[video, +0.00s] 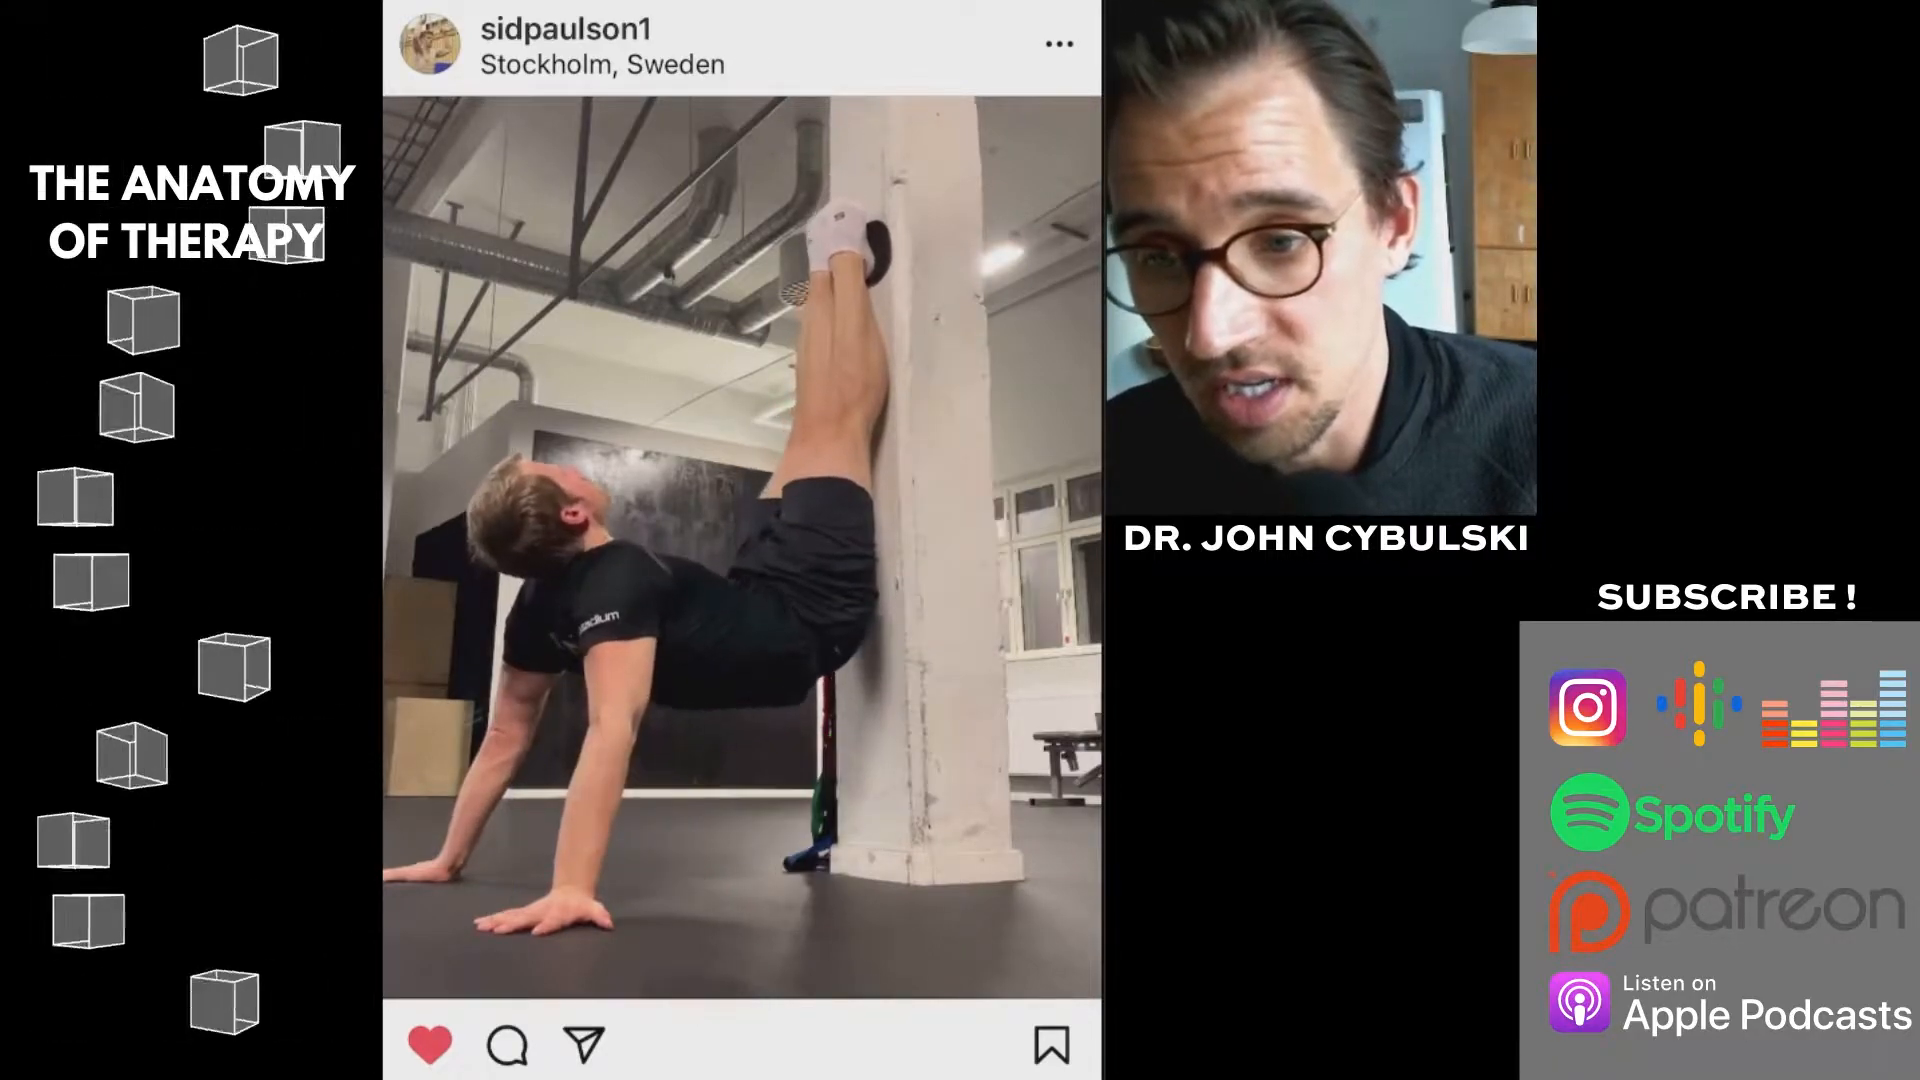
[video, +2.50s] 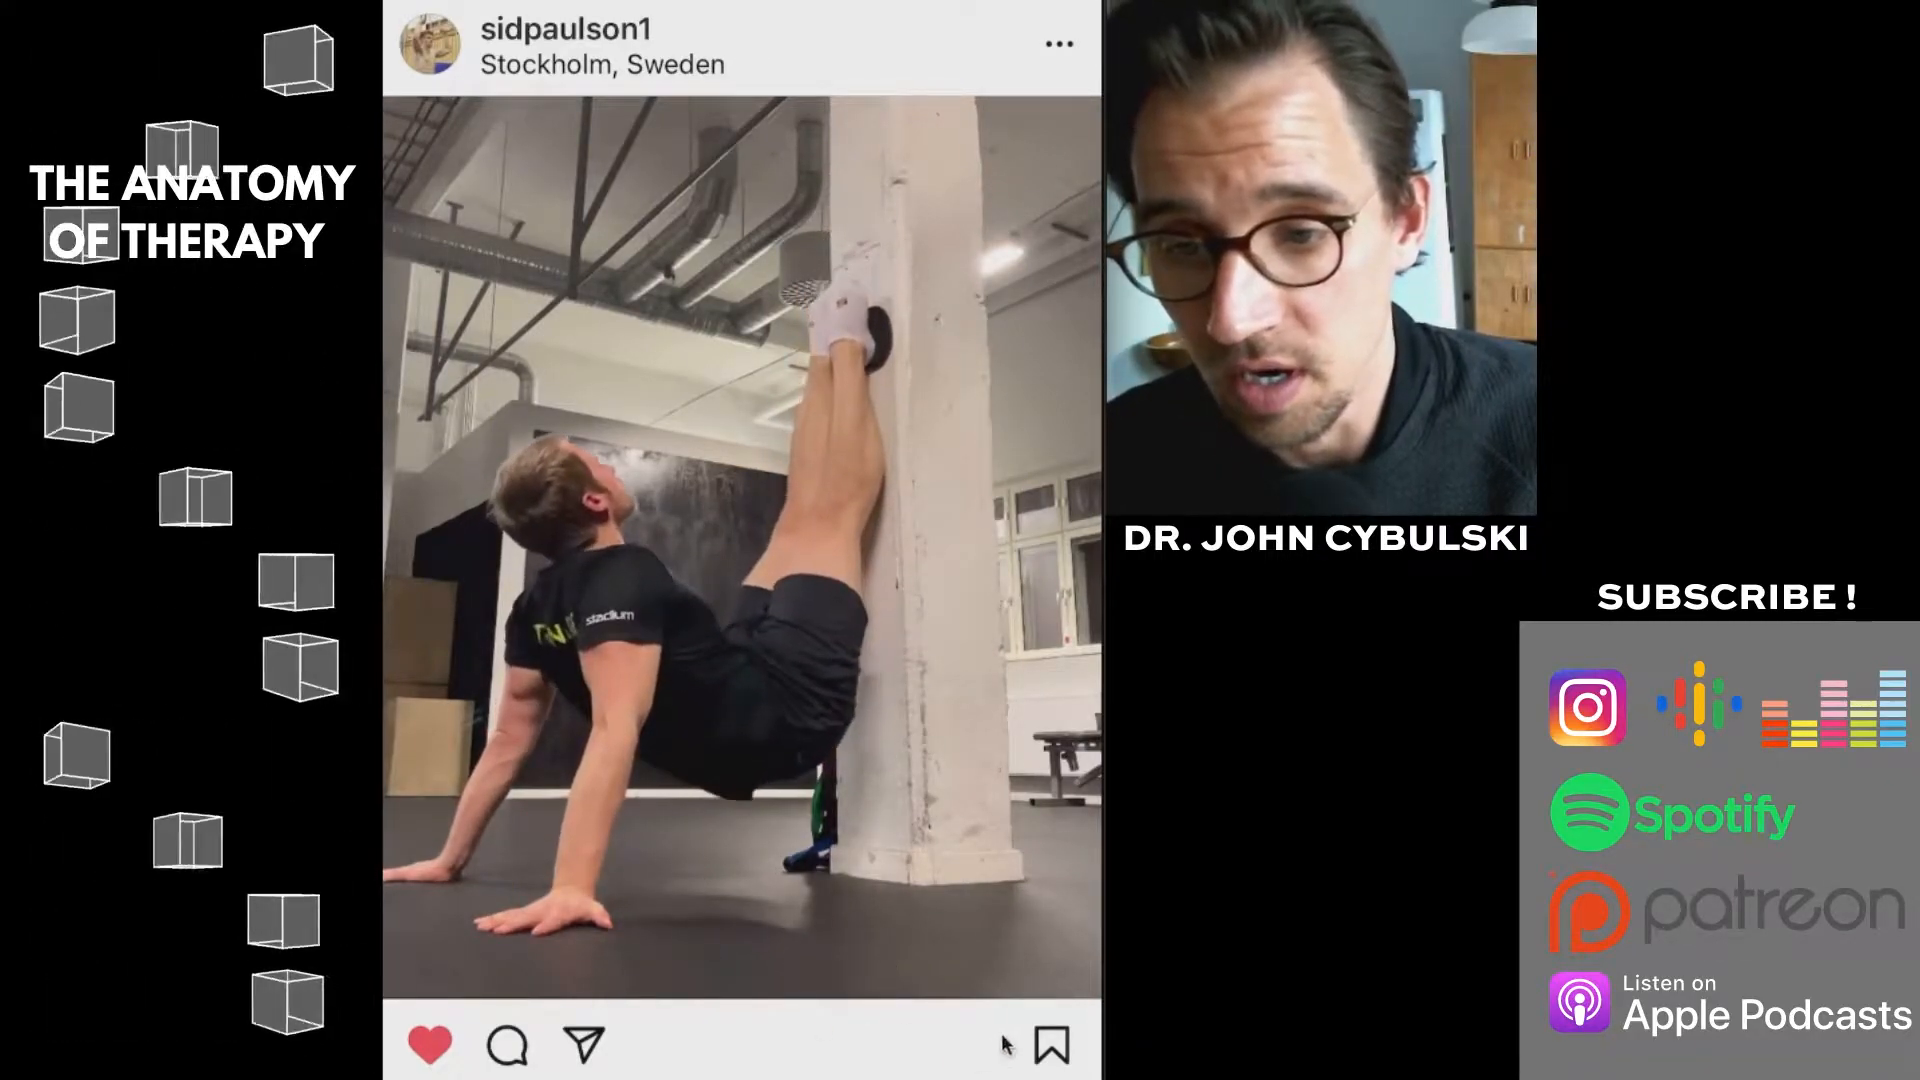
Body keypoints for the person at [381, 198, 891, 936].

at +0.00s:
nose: (575, 465)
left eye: (557, 465)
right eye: (563, 472)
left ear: (545, 541)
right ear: (572, 515)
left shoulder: (537, 606)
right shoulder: (618, 581)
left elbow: (506, 738)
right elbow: (611, 729)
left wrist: (448, 859)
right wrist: (572, 887)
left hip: (761, 609)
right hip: (810, 614)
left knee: (813, 416)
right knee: (844, 414)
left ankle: (824, 277)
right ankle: (846, 259)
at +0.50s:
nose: (580, 466)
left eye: (562, 464)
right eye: (567, 471)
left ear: (533, 545)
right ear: (575, 512)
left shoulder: (536, 611)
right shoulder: (617, 579)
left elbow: (507, 740)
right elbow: (609, 731)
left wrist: (448, 860)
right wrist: (572, 887)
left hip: (759, 633)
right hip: (807, 627)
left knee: (814, 434)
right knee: (844, 429)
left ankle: (825, 293)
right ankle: (845, 278)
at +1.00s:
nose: (589, 468)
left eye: (570, 463)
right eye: (578, 470)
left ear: (533, 546)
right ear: (584, 510)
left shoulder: (535, 608)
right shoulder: (615, 581)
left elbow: (506, 744)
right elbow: (609, 732)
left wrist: (448, 859)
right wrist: (572, 887)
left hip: (758, 666)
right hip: (803, 658)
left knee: (809, 467)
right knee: (846, 453)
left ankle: (826, 305)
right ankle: (845, 296)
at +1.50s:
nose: (593, 465)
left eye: (574, 459)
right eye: (581, 467)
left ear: (537, 538)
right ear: (587, 510)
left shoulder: (536, 605)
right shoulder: (617, 580)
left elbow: (507, 745)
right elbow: (612, 734)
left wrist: (448, 860)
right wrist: (573, 887)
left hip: (749, 689)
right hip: (801, 680)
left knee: (804, 485)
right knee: (843, 472)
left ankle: (826, 317)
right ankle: (844, 311)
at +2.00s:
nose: (602, 464)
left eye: (586, 459)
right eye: (590, 466)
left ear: (538, 533)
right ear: (592, 505)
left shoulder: (533, 606)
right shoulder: (620, 574)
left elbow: (508, 744)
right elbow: (612, 733)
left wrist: (449, 860)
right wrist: (572, 887)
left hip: (744, 731)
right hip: (795, 697)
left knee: (806, 500)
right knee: (838, 493)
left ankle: (826, 343)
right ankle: (847, 336)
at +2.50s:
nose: (608, 462)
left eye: (594, 456)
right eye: (596, 462)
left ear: (541, 529)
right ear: (596, 501)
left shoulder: (533, 605)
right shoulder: (621, 575)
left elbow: (509, 741)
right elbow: (613, 733)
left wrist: (449, 860)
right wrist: (571, 887)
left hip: (735, 750)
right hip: (788, 709)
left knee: (802, 513)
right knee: (837, 505)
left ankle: (826, 353)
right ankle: (847, 349)